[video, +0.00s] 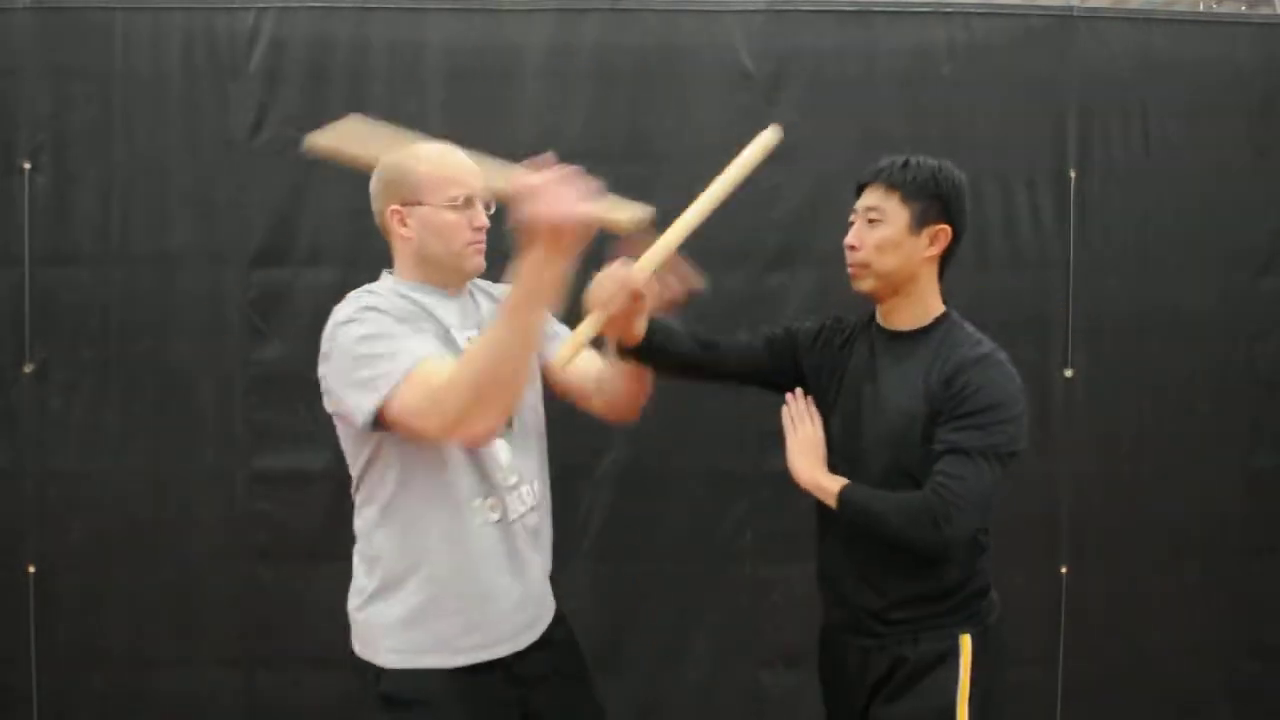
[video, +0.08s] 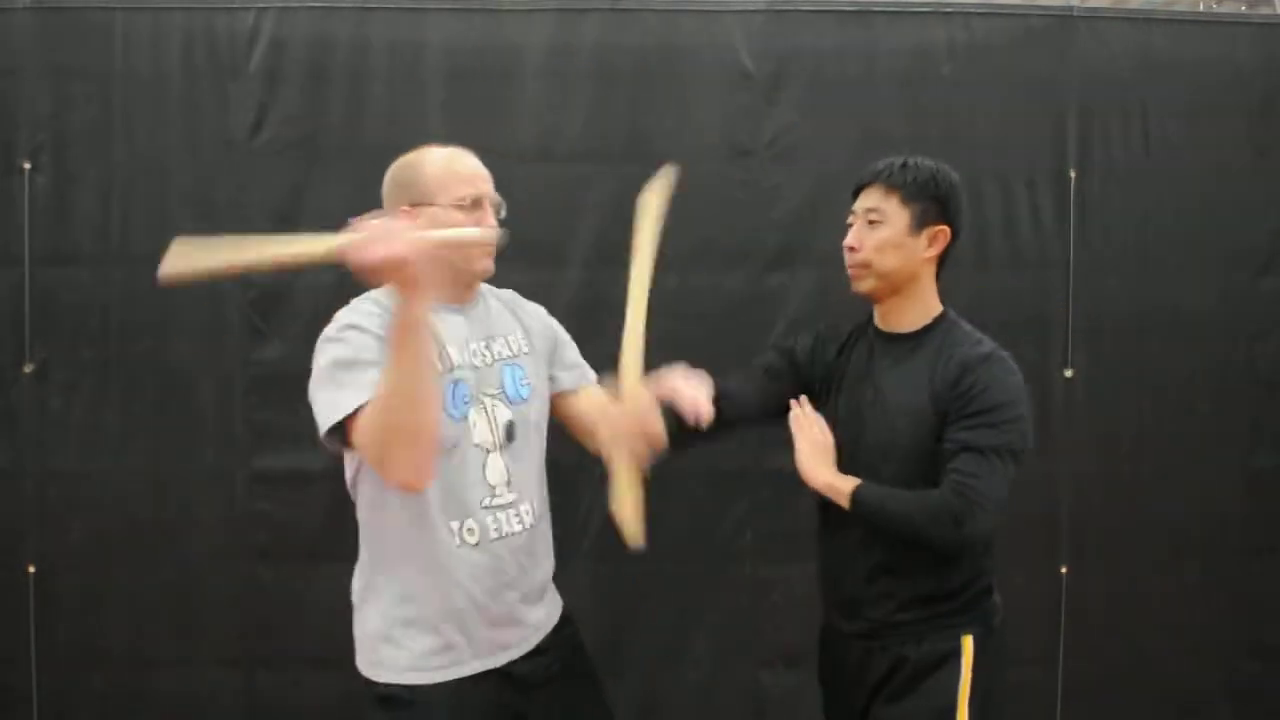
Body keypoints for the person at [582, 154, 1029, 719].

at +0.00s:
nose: (850, 239)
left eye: (873, 222)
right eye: (853, 222)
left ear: (934, 240)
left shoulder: (979, 374)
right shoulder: (833, 348)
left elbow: (945, 523)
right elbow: (720, 355)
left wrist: (821, 482)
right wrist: (633, 335)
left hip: (938, 651)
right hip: (848, 644)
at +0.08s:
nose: (849, 242)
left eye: (872, 223)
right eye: (851, 225)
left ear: (933, 241)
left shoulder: (982, 373)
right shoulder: (834, 350)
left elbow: (964, 516)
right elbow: (742, 398)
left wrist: (831, 480)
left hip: (938, 647)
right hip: (848, 641)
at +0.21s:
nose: (846, 245)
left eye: (869, 226)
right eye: (848, 228)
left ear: (930, 242)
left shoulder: (981, 367)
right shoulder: (841, 363)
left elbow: (951, 475)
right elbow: (757, 462)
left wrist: (836, 439)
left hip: (939, 649)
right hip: (850, 644)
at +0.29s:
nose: (847, 246)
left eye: (868, 228)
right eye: (849, 229)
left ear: (929, 242)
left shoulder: (977, 363)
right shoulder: (842, 372)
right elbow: (786, 488)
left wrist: (803, 383)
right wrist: (764, 585)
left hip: (945, 650)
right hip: (856, 646)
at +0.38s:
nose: (850, 248)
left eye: (871, 229)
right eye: (853, 230)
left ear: (933, 243)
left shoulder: (965, 354)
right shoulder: (867, 360)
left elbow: (853, 333)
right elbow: (809, 478)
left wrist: (734, 317)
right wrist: (783, 567)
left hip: (940, 653)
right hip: (864, 648)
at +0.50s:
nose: (856, 242)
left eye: (878, 225)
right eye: (863, 225)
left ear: (938, 242)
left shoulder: (957, 344)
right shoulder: (892, 345)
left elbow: (817, 303)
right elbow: (824, 431)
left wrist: (667, 261)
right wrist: (749, 466)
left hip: (936, 651)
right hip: (883, 643)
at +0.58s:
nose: (856, 242)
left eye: (876, 225)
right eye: (864, 224)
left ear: (936, 241)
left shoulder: (956, 343)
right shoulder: (890, 348)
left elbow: (840, 318)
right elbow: (772, 396)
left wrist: (739, 285)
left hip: (929, 646)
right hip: (879, 641)